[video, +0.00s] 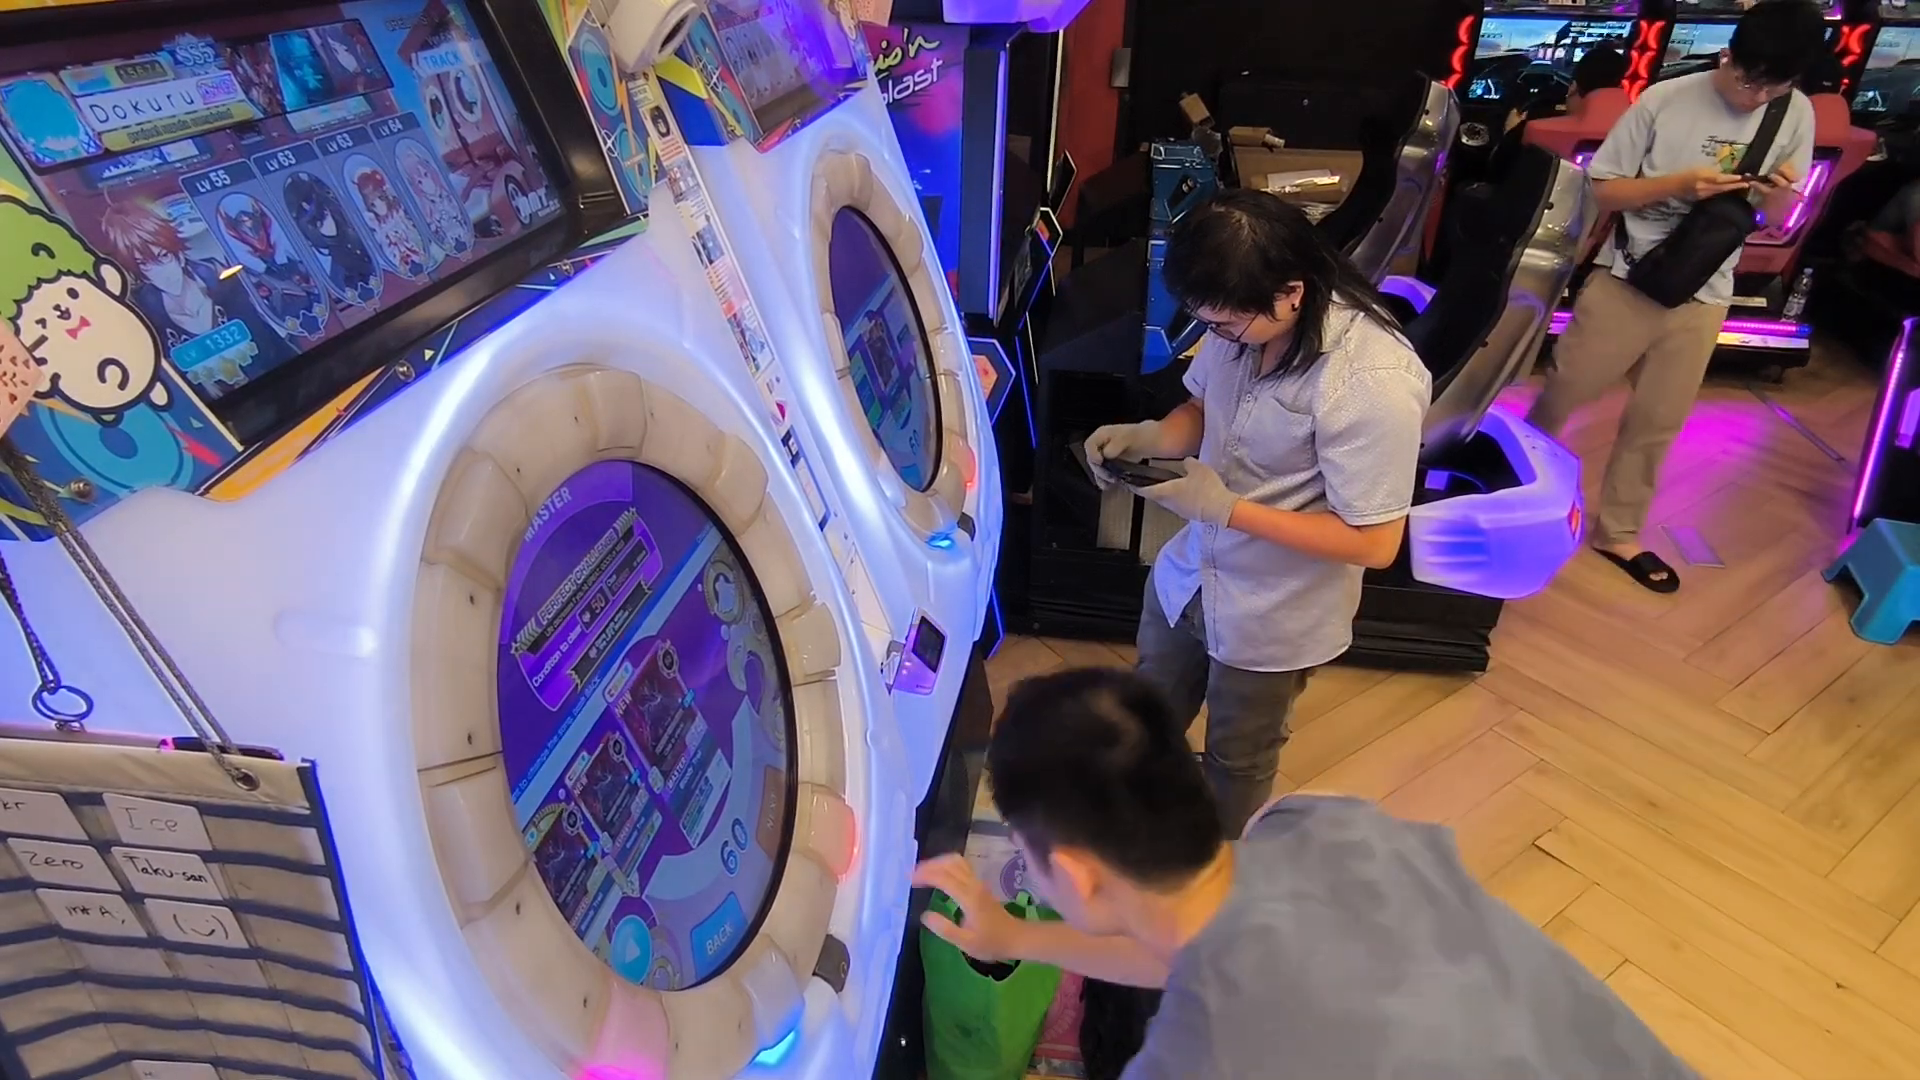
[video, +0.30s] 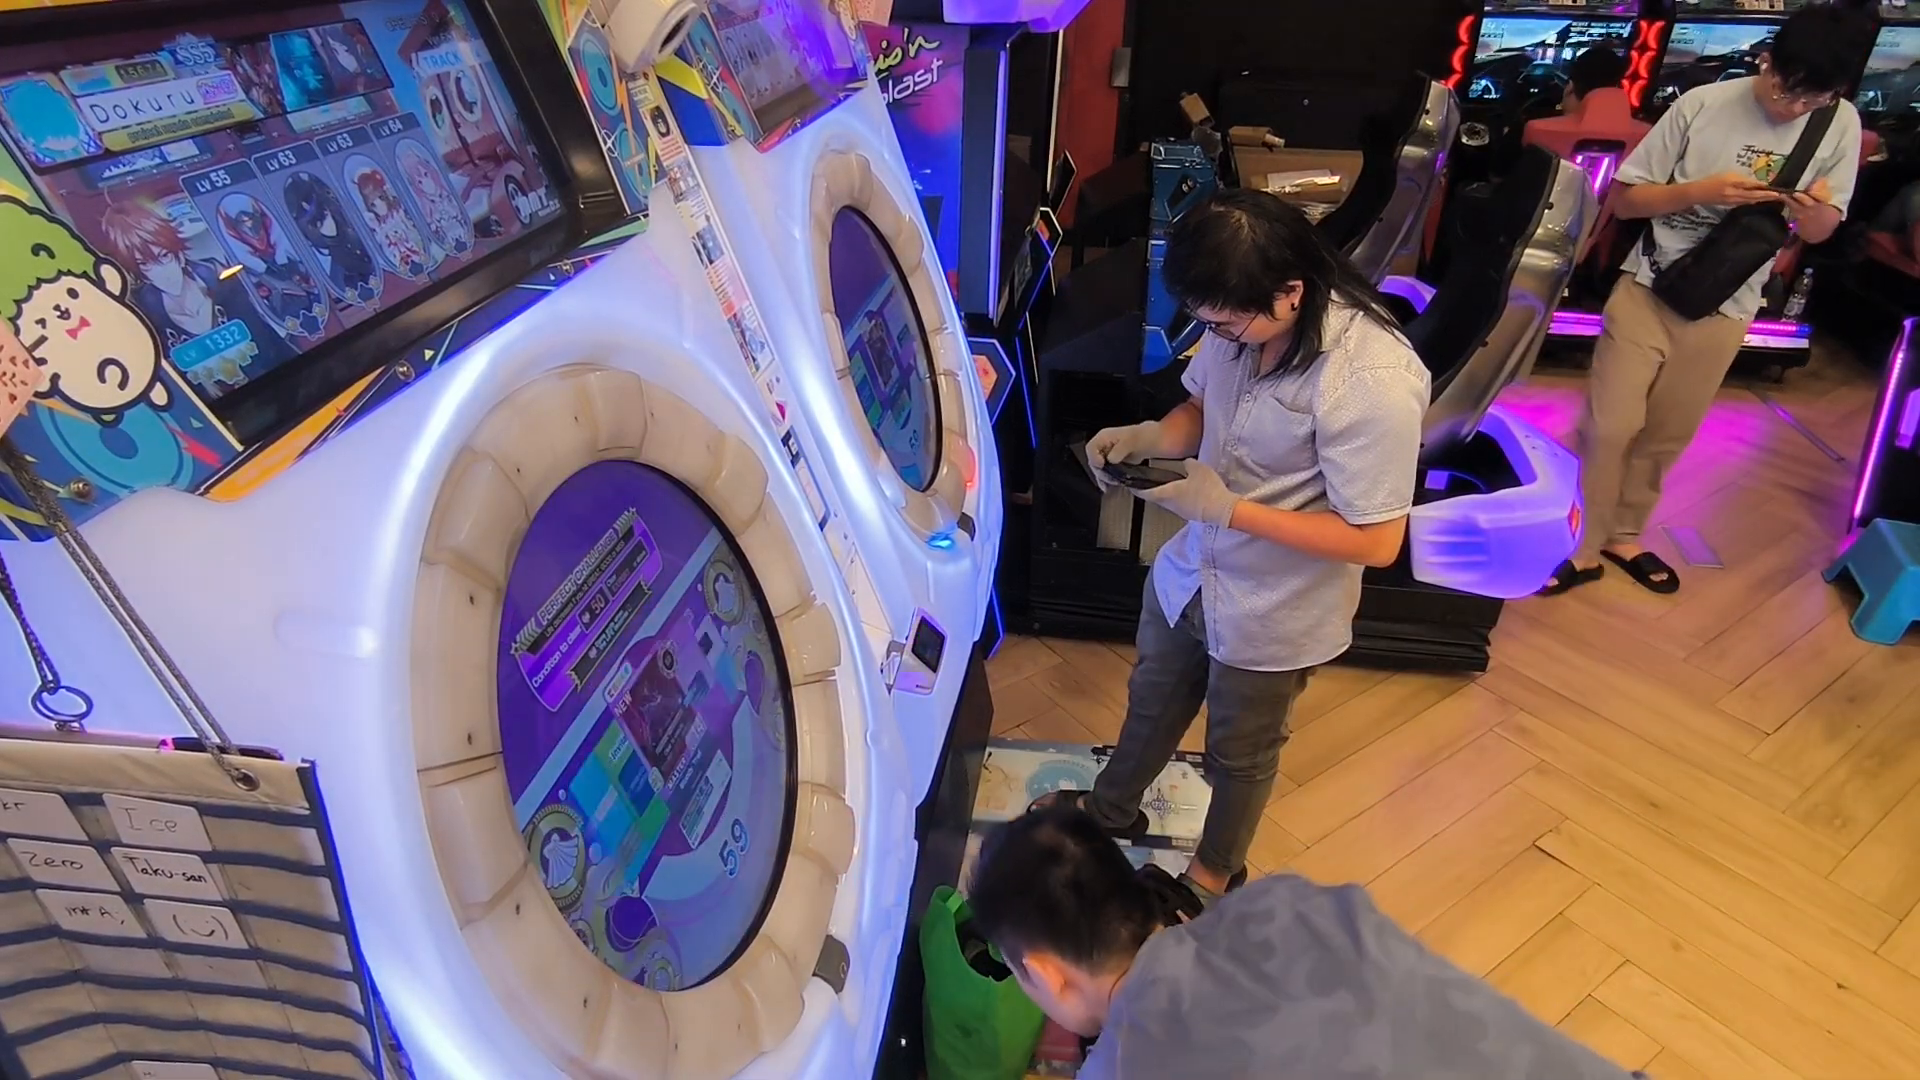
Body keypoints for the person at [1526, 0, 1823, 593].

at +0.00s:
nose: (1757, 98)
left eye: (1773, 89)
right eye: (1751, 83)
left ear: (1792, 79)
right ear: (1729, 57)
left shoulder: (1794, 115)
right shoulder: (1662, 101)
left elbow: (1779, 219)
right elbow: (1604, 191)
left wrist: (1779, 197)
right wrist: (1681, 185)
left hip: (1703, 300)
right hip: (1625, 282)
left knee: (1656, 425)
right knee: (1564, 395)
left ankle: (1618, 535)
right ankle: (1503, 488)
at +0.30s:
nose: (1788, 102)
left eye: (1807, 95)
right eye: (1783, 84)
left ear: (1833, 88)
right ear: (1765, 58)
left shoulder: (1839, 126)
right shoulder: (1701, 105)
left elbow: (1820, 229)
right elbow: (1622, 200)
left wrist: (1815, 212)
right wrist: (1701, 192)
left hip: (1724, 313)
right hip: (1646, 288)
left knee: (1667, 436)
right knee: (1609, 426)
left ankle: (1622, 541)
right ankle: (1582, 552)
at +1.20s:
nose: (1750, 129)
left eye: (1768, 118)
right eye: (1739, 112)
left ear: (1794, 100)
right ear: (1717, 87)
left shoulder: (1823, 136)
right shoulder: (1660, 140)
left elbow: (1836, 248)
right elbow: (1602, 252)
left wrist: (1816, 224)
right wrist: (1671, 226)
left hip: (1742, 356)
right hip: (1646, 341)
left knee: (1711, 498)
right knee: (1615, 482)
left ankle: (1679, 625)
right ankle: (1585, 597)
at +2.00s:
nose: (1854, 151)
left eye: (1877, 139)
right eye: (1842, 129)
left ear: (1907, 125)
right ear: (1821, 104)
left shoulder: (1912, 195)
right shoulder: (1759, 159)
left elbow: (1915, 308)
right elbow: (1675, 275)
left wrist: (1891, 277)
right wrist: (1738, 262)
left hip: (1799, 420)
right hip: (1698, 382)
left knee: (1725, 558)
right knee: (1632, 518)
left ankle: (1672, 675)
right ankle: (1614, 603)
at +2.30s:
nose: (1844, 161)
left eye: (1867, 151)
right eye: (1832, 140)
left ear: (1906, 138)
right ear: (1817, 113)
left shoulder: (1916, 209)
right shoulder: (1768, 161)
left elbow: (1916, 328)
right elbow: (1677, 276)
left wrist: (1878, 295)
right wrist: (1721, 270)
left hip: (1788, 431)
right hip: (1690, 389)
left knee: (1719, 567)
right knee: (1621, 542)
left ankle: (1671, 678)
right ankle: (1582, 684)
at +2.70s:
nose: (1744, 161)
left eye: (1765, 149)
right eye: (1732, 140)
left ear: (1823, 121)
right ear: (1719, 115)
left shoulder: (1871, 192)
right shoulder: (1684, 174)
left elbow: (1873, 327)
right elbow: (1610, 296)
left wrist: (1790, 289)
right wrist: (1641, 277)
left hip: (1724, 438)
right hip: (1621, 406)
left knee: (1691, 577)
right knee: (1571, 563)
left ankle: (1668, 680)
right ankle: (1539, 701)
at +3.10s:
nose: (1660, 160)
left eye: (1676, 147)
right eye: (1650, 143)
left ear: (1731, 122)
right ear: (1641, 121)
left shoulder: (1802, 192)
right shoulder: (1629, 168)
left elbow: (1806, 331)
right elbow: (1557, 282)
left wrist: (1706, 287)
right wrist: (1569, 274)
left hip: (1658, 442)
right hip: (1569, 410)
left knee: (1600, 600)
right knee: (1541, 576)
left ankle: (1585, 737)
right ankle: (1536, 713)